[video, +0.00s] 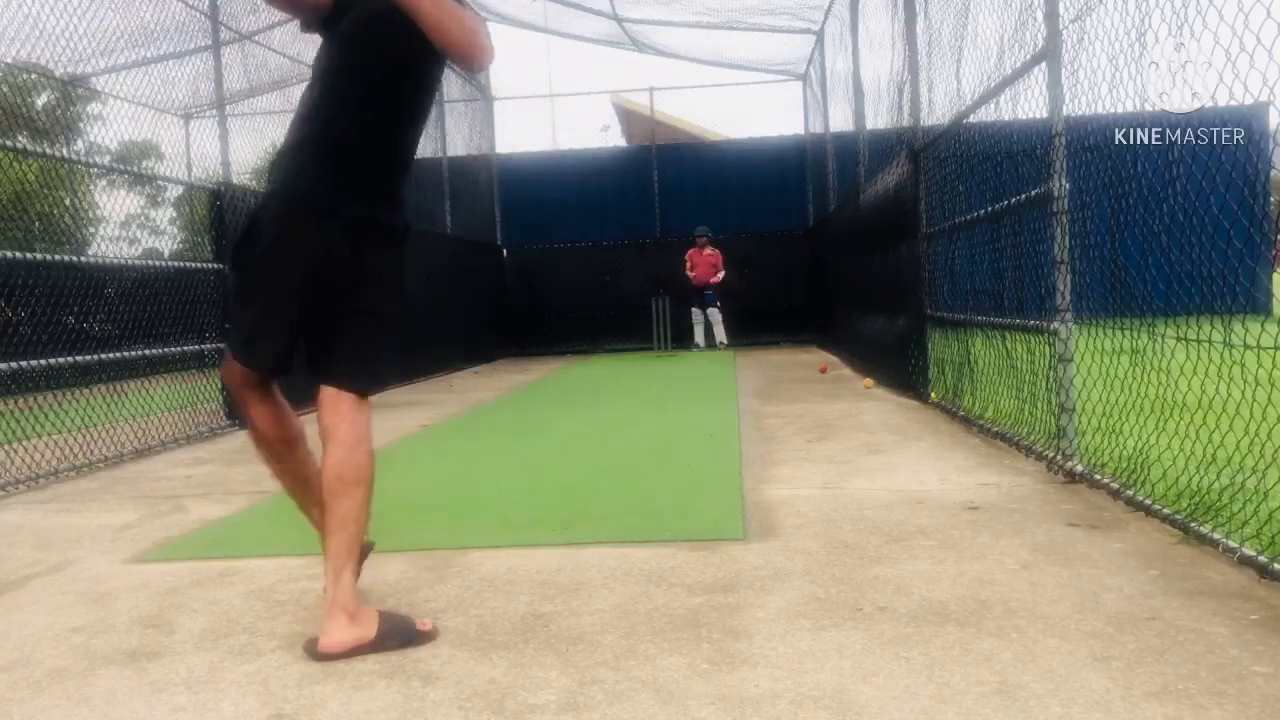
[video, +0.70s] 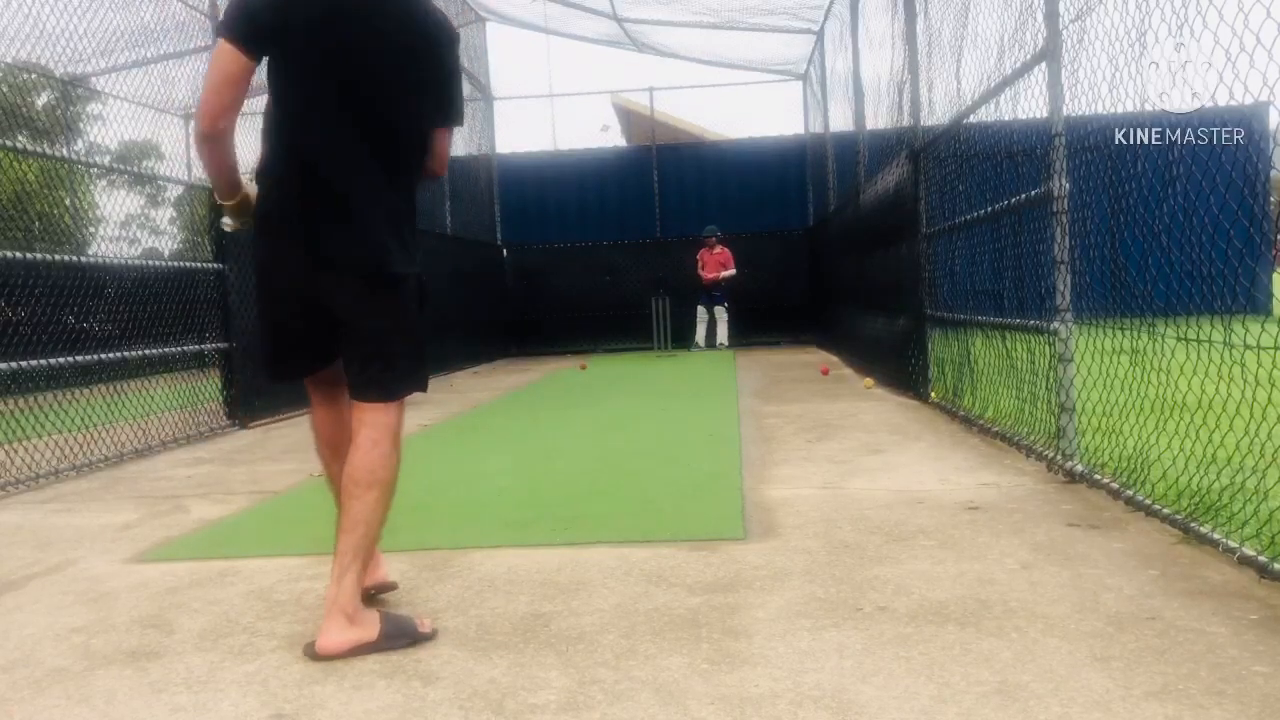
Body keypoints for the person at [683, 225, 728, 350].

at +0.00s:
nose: (700, 240)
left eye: (702, 237)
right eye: (698, 237)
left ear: (708, 238)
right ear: (695, 239)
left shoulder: (715, 253)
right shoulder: (691, 253)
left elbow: (721, 270)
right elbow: (687, 270)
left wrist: (717, 277)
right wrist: (691, 275)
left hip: (710, 285)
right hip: (696, 286)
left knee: (713, 313)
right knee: (696, 315)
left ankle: (721, 341)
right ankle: (699, 343)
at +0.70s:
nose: (708, 240)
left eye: (711, 237)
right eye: (706, 238)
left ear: (716, 238)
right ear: (704, 239)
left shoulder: (725, 252)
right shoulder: (702, 252)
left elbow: (732, 270)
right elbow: (699, 269)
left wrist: (720, 275)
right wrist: (704, 275)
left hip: (719, 285)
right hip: (706, 285)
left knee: (720, 312)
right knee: (701, 312)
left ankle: (722, 342)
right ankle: (699, 342)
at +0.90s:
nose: (735, 267)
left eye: (736, 265)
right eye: (734, 264)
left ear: (735, 264)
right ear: (729, 262)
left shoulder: (730, 269)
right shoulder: (720, 271)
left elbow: (728, 280)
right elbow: (721, 286)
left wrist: (729, 286)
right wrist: (727, 288)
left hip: (715, 291)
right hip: (704, 291)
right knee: (701, 314)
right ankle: (695, 335)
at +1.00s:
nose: (735, 264)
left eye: (736, 262)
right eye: (734, 260)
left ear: (736, 261)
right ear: (727, 258)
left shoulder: (730, 268)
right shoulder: (717, 267)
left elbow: (727, 280)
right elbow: (717, 284)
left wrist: (731, 286)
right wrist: (730, 288)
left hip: (718, 289)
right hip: (705, 288)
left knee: (721, 312)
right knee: (699, 313)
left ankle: (722, 342)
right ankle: (693, 338)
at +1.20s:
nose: (726, 248)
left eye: (728, 245)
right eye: (723, 245)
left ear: (731, 247)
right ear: (719, 245)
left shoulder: (730, 262)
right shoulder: (710, 255)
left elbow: (731, 280)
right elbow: (701, 270)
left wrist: (734, 294)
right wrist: (710, 283)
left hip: (718, 290)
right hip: (703, 288)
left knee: (719, 313)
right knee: (697, 314)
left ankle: (722, 343)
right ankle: (698, 341)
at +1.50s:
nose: (710, 240)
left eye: (712, 237)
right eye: (707, 237)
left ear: (716, 239)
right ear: (703, 239)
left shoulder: (720, 253)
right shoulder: (696, 253)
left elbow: (724, 271)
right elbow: (690, 268)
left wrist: (726, 278)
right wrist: (699, 273)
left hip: (715, 286)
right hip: (700, 287)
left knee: (720, 312)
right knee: (700, 315)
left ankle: (723, 342)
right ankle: (702, 343)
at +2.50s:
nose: (701, 244)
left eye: (703, 241)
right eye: (701, 241)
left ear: (709, 240)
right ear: (702, 241)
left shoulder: (723, 252)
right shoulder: (700, 255)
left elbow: (729, 270)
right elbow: (698, 271)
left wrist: (716, 270)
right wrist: (689, 278)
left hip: (719, 286)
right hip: (705, 286)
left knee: (721, 312)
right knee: (699, 311)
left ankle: (726, 342)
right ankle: (697, 343)